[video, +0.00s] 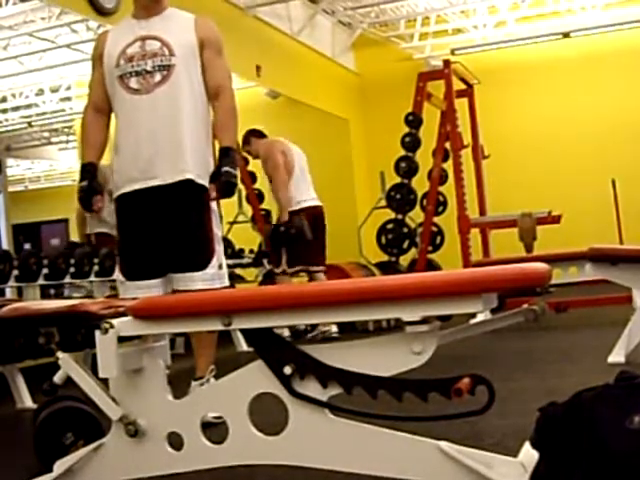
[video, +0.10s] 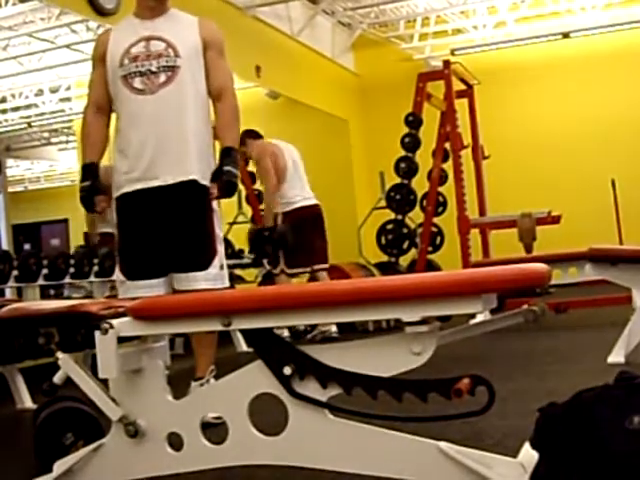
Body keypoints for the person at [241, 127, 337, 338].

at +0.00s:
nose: (252, 155)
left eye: (249, 151)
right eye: (249, 153)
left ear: (252, 141)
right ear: (261, 135)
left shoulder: (269, 147)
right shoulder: (291, 147)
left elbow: (279, 177)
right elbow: (302, 179)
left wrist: (283, 212)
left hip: (295, 212)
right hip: (314, 208)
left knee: (282, 272)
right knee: (317, 269)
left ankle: (287, 321)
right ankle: (327, 320)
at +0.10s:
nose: (247, 156)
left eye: (244, 152)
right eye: (245, 153)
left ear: (246, 143)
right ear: (259, 136)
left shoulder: (260, 148)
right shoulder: (287, 147)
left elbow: (271, 185)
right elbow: (297, 181)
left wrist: (268, 223)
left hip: (290, 212)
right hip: (312, 207)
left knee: (282, 272)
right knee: (319, 270)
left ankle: (283, 324)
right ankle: (328, 321)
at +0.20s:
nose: (241, 156)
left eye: (239, 151)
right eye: (239, 153)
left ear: (243, 144)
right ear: (255, 137)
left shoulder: (255, 150)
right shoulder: (285, 148)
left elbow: (263, 189)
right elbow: (296, 181)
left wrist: (258, 223)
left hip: (287, 213)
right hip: (310, 208)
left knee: (279, 273)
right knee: (318, 271)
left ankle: (281, 325)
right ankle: (327, 321)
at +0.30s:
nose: (231, 148)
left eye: (231, 144)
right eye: (226, 144)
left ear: (240, 139)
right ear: (252, 134)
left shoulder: (251, 149)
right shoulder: (280, 147)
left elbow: (255, 192)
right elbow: (289, 181)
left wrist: (244, 219)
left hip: (282, 212)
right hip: (306, 206)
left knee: (277, 274)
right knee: (314, 269)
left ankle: (280, 325)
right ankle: (326, 321)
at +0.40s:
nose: (228, 146)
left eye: (228, 141)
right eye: (226, 142)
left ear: (238, 136)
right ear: (249, 133)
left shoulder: (250, 150)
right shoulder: (278, 148)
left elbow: (259, 184)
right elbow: (289, 177)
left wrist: (253, 197)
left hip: (279, 211)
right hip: (303, 205)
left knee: (276, 276)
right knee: (312, 270)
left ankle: (278, 325)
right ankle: (325, 322)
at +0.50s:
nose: (225, 152)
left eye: (225, 146)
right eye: (223, 147)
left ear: (234, 142)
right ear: (246, 136)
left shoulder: (250, 153)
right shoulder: (275, 149)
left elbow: (261, 184)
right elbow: (288, 178)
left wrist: (250, 199)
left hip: (277, 211)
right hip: (300, 205)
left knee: (275, 275)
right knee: (311, 269)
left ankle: (277, 325)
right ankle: (325, 321)